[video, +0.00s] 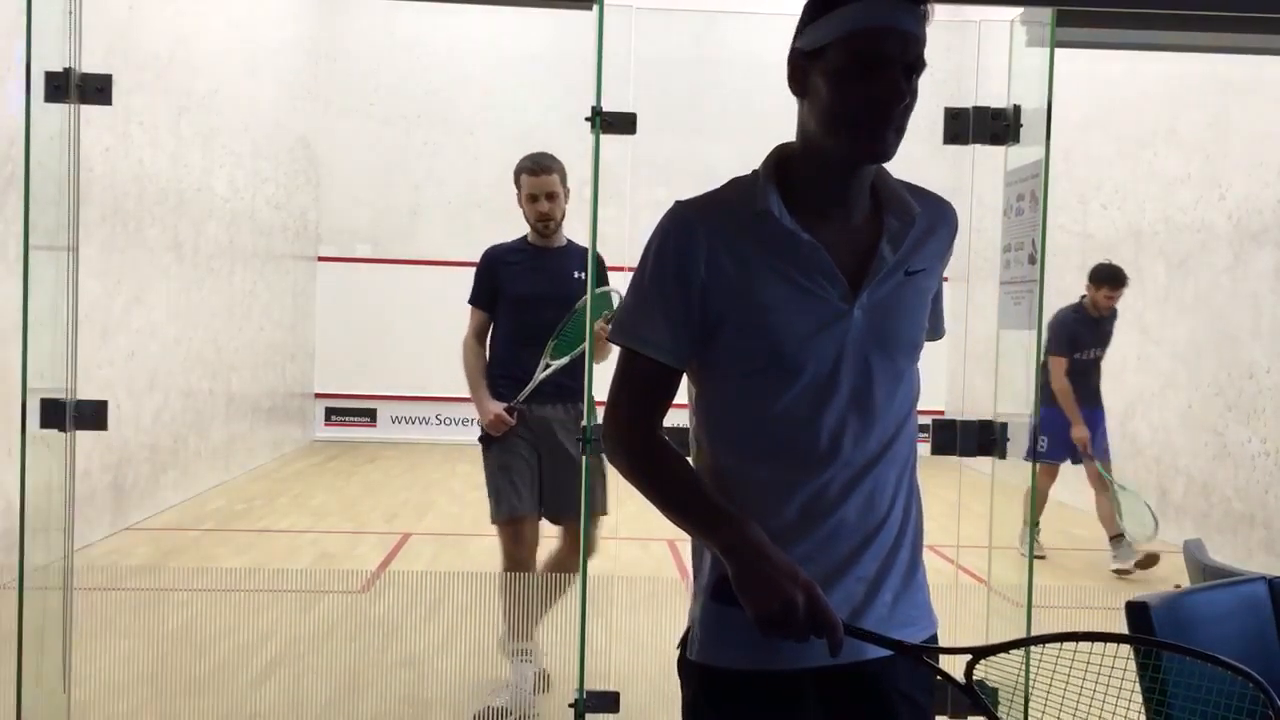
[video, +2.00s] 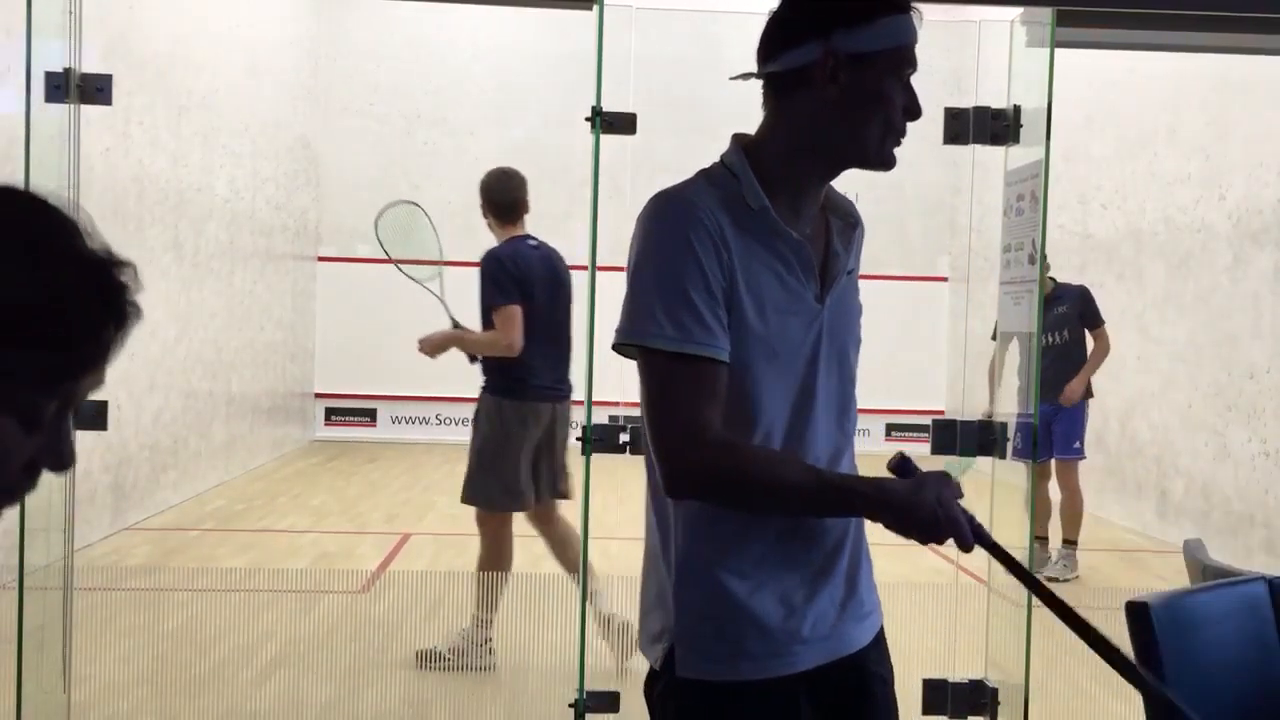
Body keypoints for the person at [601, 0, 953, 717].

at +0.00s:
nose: (894, 93)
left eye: (909, 70)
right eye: (866, 68)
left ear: (922, 82)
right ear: (799, 71)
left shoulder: (928, 225)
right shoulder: (699, 235)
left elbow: (883, 392)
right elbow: (626, 427)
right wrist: (744, 549)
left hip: (894, 635)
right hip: (750, 647)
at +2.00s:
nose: (916, 108)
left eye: (912, 81)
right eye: (899, 78)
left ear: (830, 78)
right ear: (826, 75)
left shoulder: (841, 225)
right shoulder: (686, 223)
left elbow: (808, 422)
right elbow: (689, 460)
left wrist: (885, 491)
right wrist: (881, 498)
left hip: (845, 630)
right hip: (726, 654)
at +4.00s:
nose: (673, 133)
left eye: (667, 114)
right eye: (653, 113)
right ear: (582, 125)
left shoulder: (684, 243)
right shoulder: (493, 262)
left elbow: (755, 371)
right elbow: (448, 427)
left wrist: (757, 387)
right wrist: (546, 505)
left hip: (680, 578)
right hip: (559, 590)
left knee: (709, 714)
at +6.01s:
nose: (905, 131)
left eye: (921, 111)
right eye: (883, 103)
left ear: (932, 126)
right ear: (829, 109)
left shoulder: (886, 249)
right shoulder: (761, 249)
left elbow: (947, 365)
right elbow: (728, 450)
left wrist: (1029, 386)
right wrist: (855, 587)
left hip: (881, 607)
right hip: (798, 617)